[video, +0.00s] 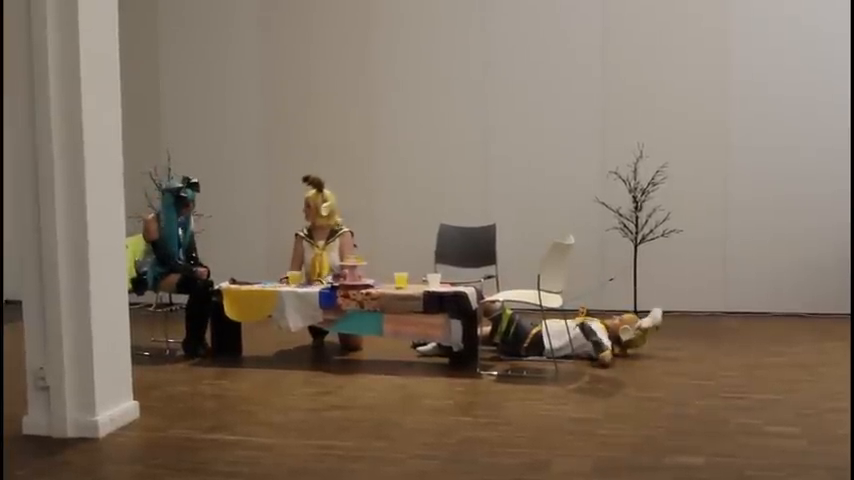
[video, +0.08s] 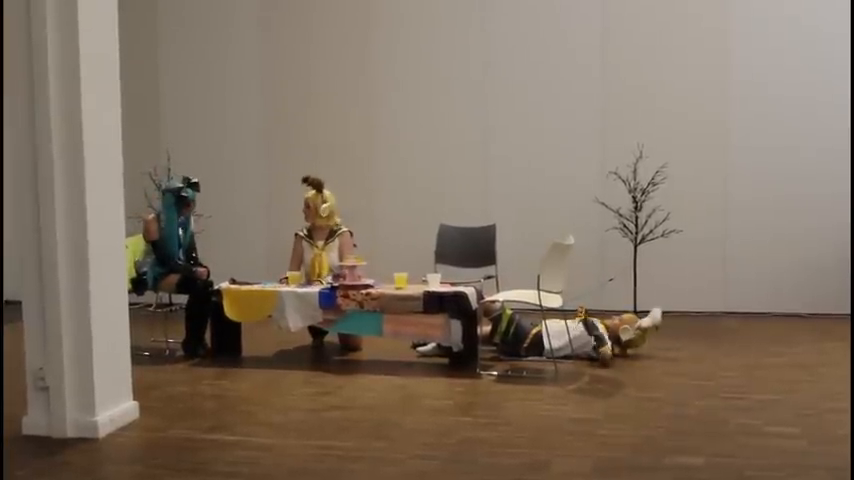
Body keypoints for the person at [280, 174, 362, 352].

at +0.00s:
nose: (304, 212)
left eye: (308, 208)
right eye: (305, 207)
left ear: (321, 210)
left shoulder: (343, 234)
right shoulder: (302, 236)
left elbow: (347, 267)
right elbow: (295, 269)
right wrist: (290, 282)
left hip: (339, 291)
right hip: (311, 293)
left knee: (353, 344)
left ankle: (346, 334)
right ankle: (317, 338)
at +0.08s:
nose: (303, 212)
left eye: (308, 208)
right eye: (304, 207)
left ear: (322, 210)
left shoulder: (342, 235)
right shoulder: (301, 237)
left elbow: (347, 268)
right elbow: (294, 270)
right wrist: (290, 283)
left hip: (339, 291)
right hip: (310, 294)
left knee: (353, 344)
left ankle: (346, 335)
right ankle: (317, 339)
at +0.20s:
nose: (307, 211)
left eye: (313, 207)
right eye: (307, 206)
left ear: (327, 210)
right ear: (305, 209)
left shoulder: (340, 230)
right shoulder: (302, 233)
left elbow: (346, 260)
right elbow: (295, 264)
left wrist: (342, 278)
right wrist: (289, 279)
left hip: (337, 289)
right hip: (310, 291)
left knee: (353, 344)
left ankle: (345, 336)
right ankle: (317, 339)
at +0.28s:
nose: (315, 209)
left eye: (321, 205)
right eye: (312, 205)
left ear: (332, 209)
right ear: (308, 207)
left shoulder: (342, 229)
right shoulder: (302, 231)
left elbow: (348, 258)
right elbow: (289, 259)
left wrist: (335, 273)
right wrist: (285, 275)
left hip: (339, 291)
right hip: (309, 293)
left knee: (353, 345)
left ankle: (344, 339)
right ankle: (317, 340)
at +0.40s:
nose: (315, 207)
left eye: (321, 204)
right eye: (313, 203)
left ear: (332, 207)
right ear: (311, 205)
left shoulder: (338, 228)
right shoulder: (305, 225)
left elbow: (351, 226)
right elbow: (273, 224)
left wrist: (353, 223)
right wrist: (283, 247)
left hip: (339, 288)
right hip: (310, 288)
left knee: (354, 345)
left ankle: (344, 338)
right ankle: (317, 338)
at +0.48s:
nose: (311, 207)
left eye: (316, 203)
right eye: (311, 203)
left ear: (330, 207)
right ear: (311, 205)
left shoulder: (341, 227)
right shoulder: (308, 223)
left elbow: (353, 202)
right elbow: (286, 195)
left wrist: (350, 197)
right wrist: (283, 208)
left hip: (339, 293)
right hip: (311, 293)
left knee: (352, 345)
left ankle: (344, 340)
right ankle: (317, 341)